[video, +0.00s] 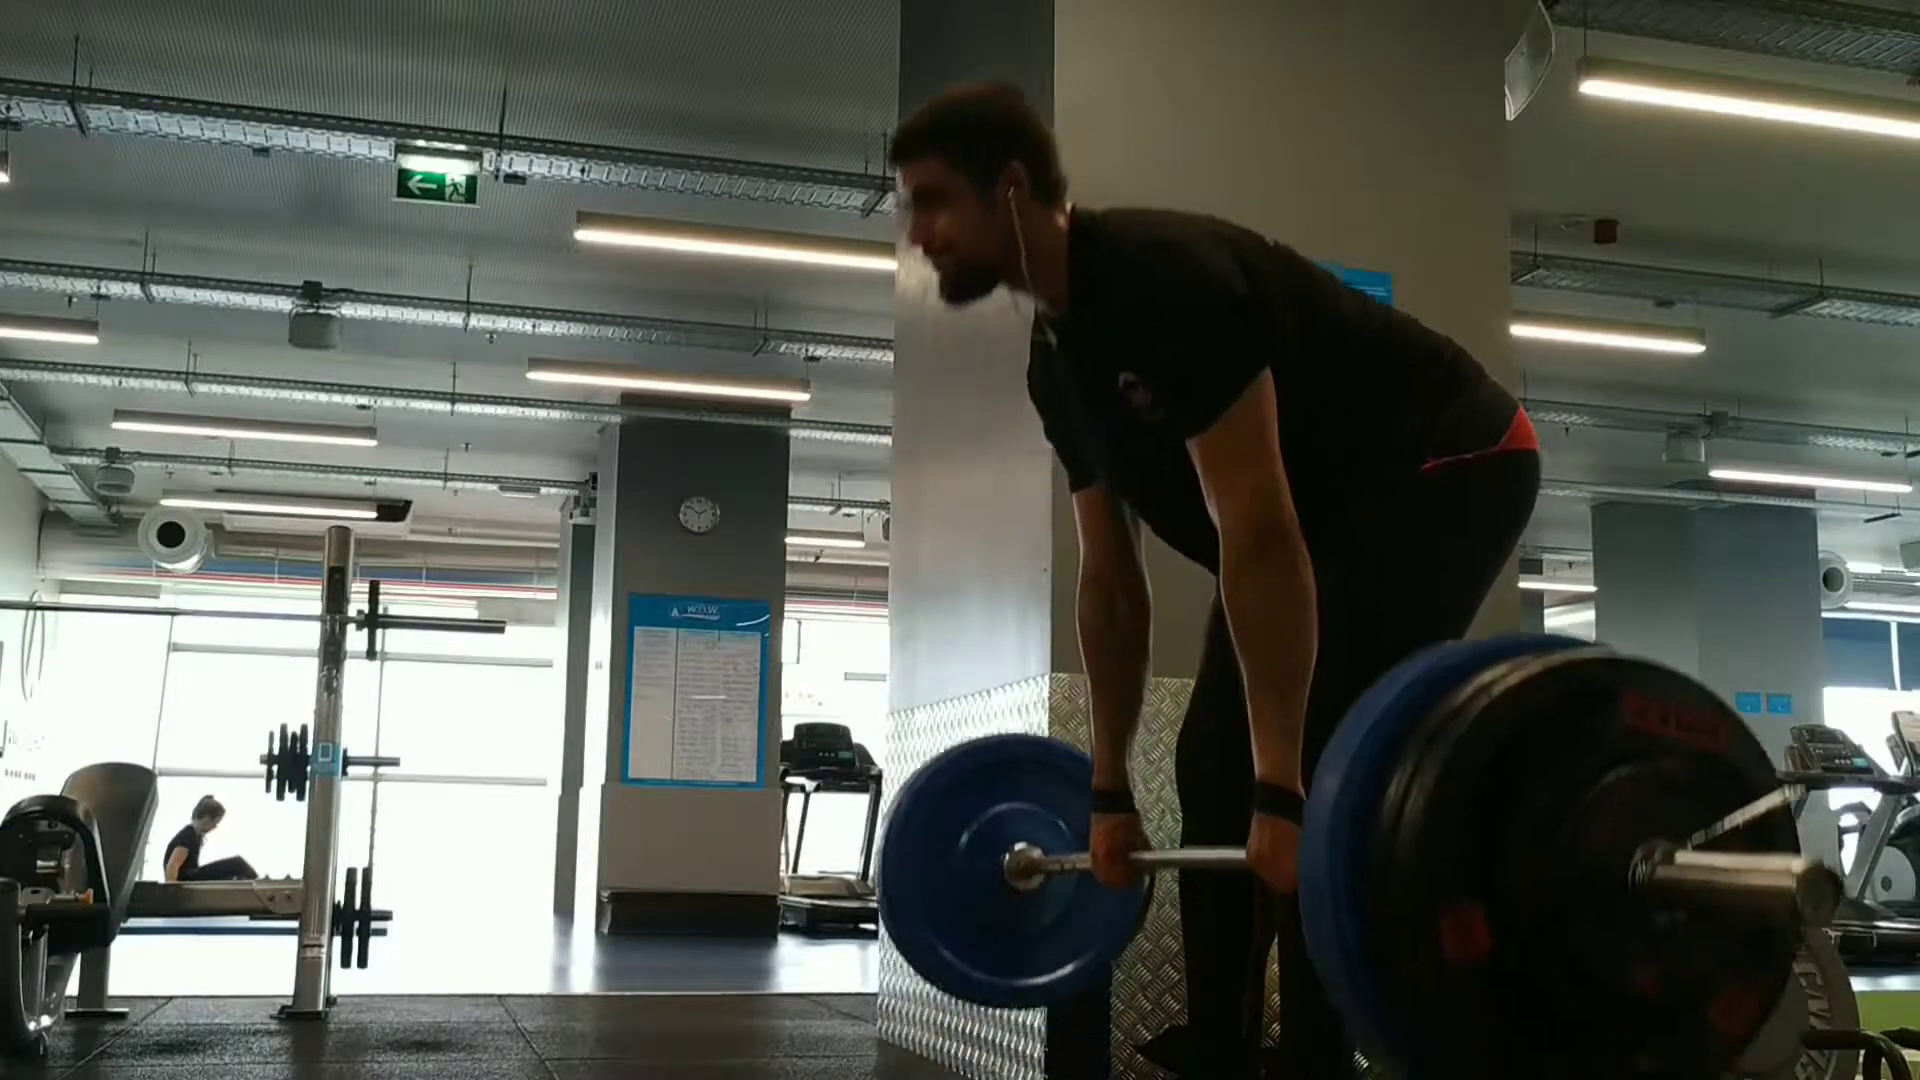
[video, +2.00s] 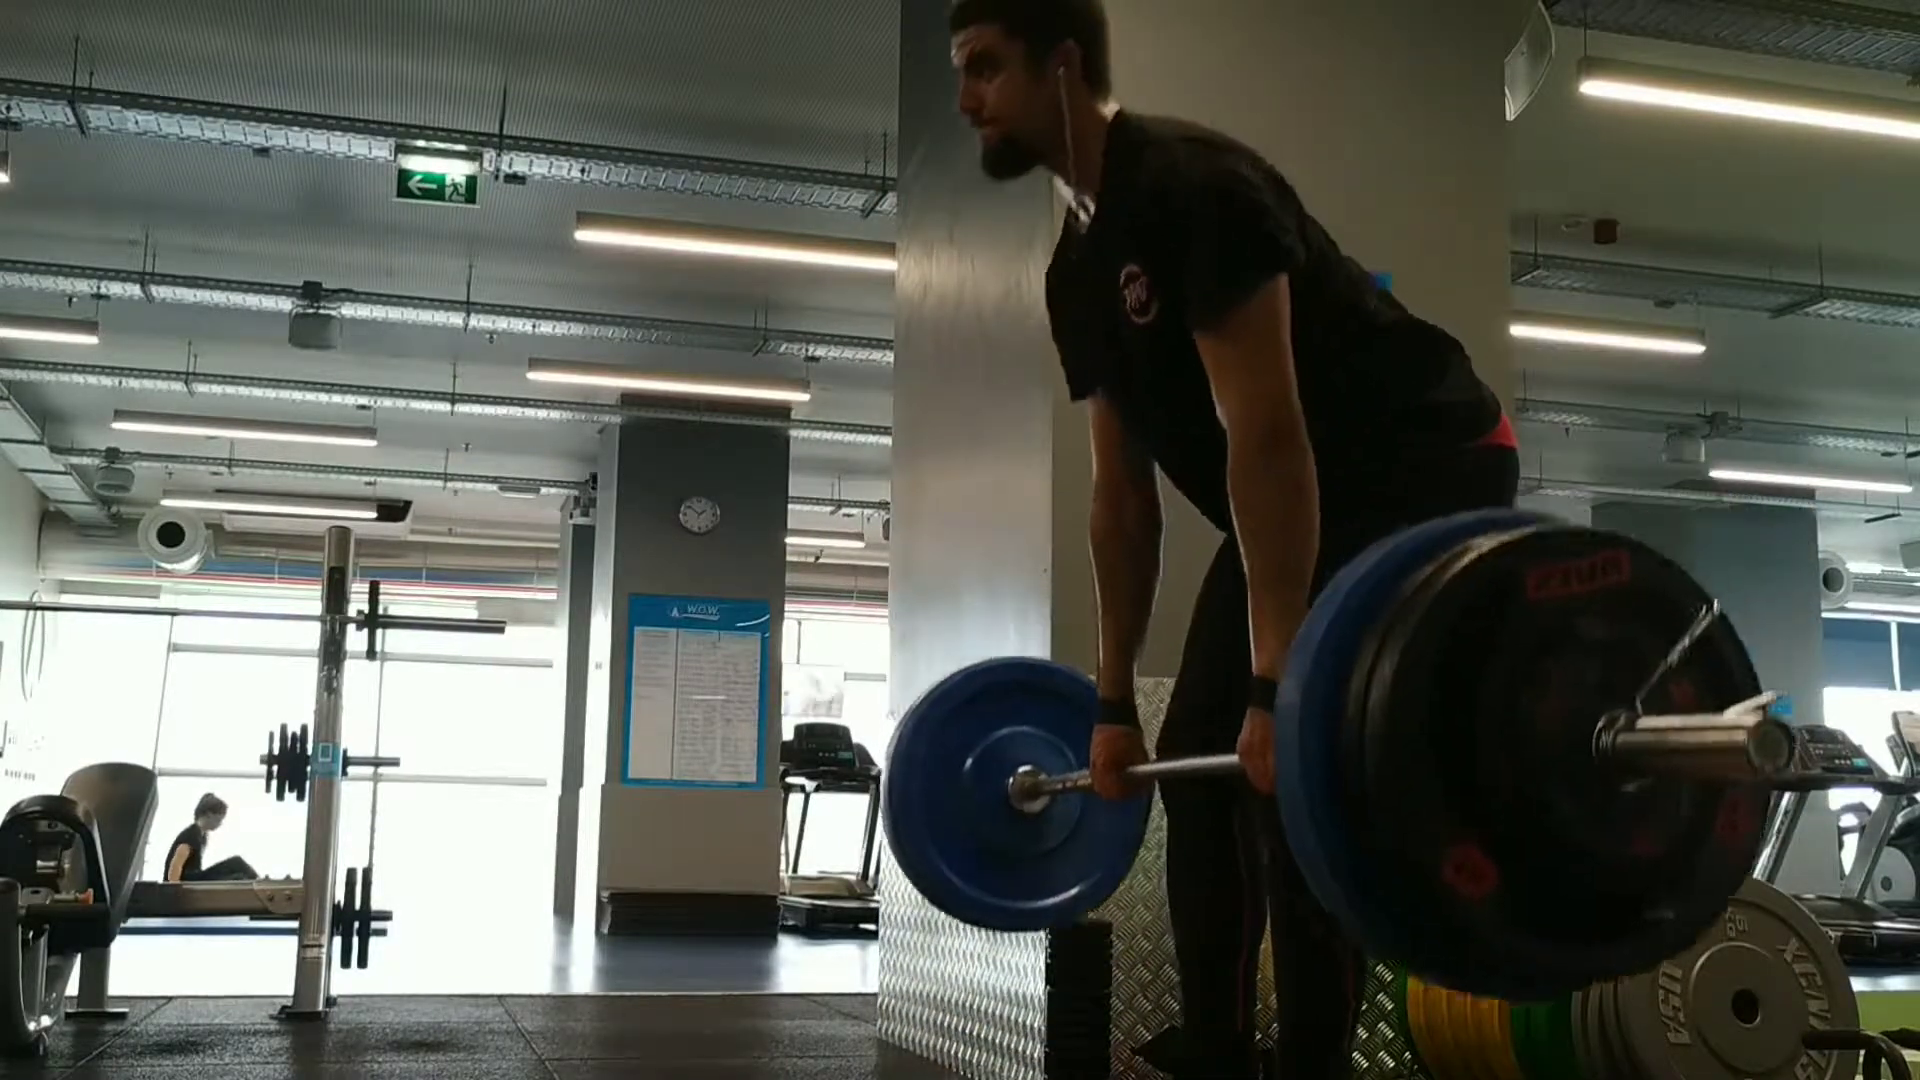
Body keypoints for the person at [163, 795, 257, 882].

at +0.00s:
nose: (215, 827)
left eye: (217, 823)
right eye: (215, 822)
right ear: (206, 818)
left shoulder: (196, 836)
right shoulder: (189, 836)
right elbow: (172, 866)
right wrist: (171, 891)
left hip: (192, 876)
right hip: (186, 879)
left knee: (235, 869)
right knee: (237, 862)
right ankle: (259, 886)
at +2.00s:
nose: (220, 822)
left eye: (222, 818)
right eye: (219, 817)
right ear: (208, 813)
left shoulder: (202, 836)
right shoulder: (193, 834)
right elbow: (175, 866)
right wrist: (174, 891)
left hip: (194, 880)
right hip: (186, 882)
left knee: (238, 876)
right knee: (236, 862)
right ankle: (261, 886)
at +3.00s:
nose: (224, 823)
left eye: (226, 819)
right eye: (221, 818)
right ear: (209, 816)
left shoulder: (204, 838)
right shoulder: (199, 838)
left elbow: (200, 870)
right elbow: (197, 872)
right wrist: (208, 896)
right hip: (183, 886)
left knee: (236, 861)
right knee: (241, 871)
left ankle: (261, 886)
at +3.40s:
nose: (219, 824)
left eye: (223, 820)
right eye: (216, 818)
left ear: (227, 822)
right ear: (207, 815)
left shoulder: (205, 838)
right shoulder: (197, 838)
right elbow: (179, 872)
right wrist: (195, 891)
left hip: (198, 877)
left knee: (236, 861)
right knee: (241, 871)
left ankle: (261, 886)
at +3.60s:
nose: (213, 823)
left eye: (218, 820)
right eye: (211, 817)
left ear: (222, 822)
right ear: (203, 814)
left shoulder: (209, 841)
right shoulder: (191, 837)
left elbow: (203, 867)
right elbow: (165, 866)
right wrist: (165, 890)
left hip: (203, 877)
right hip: (190, 883)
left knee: (236, 862)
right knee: (241, 872)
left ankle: (260, 885)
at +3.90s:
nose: (210, 823)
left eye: (215, 820)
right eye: (207, 817)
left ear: (218, 822)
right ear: (200, 813)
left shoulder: (207, 839)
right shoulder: (187, 837)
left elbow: (202, 863)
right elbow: (170, 865)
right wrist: (156, 885)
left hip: (202, 877)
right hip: (189, 883)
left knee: (236, 862)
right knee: (241, 873)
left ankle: (260, 885)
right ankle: (262, 889)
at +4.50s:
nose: (212, 824)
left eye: (216, 820)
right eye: (209, 818)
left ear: (220, 822)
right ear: (200, 816)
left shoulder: (205, 839)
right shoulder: (186, 837)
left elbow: (195, 861)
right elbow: (171, 859)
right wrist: (155, 879)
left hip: (198, 878)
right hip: (186, 884)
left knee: (236, 862)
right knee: (240, 872)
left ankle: (259, 885)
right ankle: (260, 889)